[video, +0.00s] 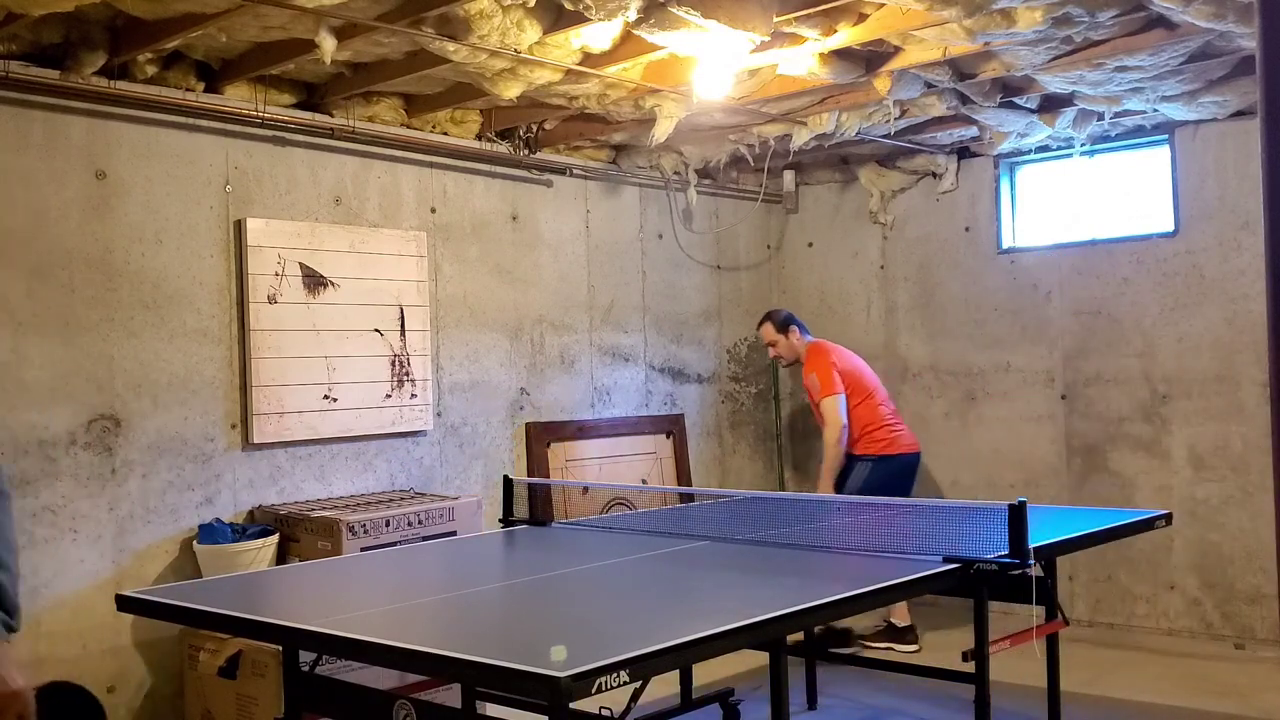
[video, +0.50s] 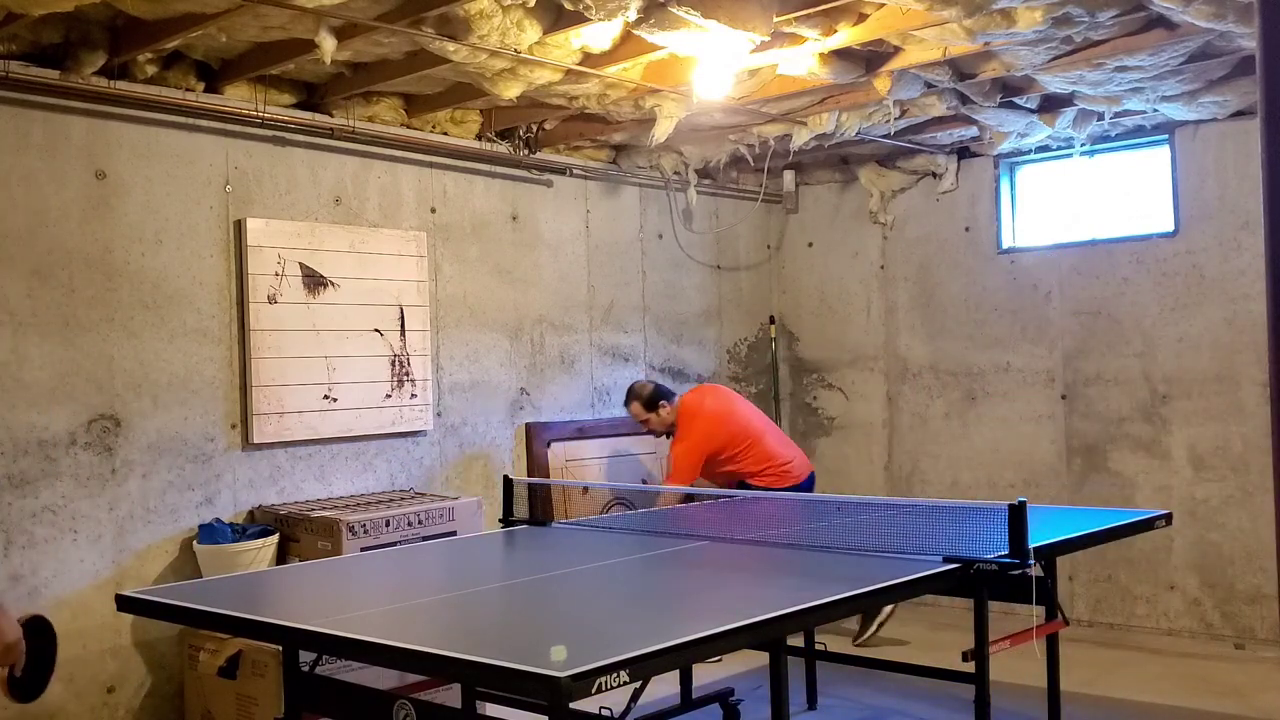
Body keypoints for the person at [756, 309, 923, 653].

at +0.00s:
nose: (771, 354)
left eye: (773, 344)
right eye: (767, 347)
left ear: (793, 333)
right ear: (794, 337)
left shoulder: (818, 357)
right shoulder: (823, 356)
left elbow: (836, 427)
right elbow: (839, 427)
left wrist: (825, 485)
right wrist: (830, 481)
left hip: (882, 456)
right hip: (891, 455)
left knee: (842, 533)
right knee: (881, 537)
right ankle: (900, 624)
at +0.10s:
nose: (756, 353)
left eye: (757, 343)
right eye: (752, 346)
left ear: (778, 332)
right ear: (779, 335)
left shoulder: (803, 359)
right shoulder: (809, 355)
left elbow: (817, 428)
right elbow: (824, 431)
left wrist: (795, 491)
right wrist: (808, 479)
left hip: (860, 460)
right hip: (871, 458)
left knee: (806, 535)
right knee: (866, 538)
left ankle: (783, 628)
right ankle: (899, 624)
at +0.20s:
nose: (731, 361)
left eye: (732, 351)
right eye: (727, 354)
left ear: (754, 340)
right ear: (755, 342)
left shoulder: (780, 365)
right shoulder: (793, 357)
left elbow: (784, 439)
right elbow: (799, 439)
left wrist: (755, 496)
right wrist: (782, 482)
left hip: (833, 466)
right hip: (849, 464)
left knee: (786, 540)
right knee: (855, 541)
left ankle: (769, 630)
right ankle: (897, 624)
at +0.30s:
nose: (700, 380)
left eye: (701, 371)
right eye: (696, 374)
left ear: (722, 358)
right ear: (722, 360)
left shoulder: (749, 383)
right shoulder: (762, 370)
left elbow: (741, 461)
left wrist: (710, 505)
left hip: (808, 477)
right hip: (829, 472)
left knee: (754, 549)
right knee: (845, 547)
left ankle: (733, 633)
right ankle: (895, 624)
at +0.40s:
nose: (667, 409)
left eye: (667, 401)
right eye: (663, 403)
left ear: (687, 387)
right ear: (689, 385)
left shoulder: (715, 413)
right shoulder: (730, 385)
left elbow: (695, 487)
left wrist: (669, 523)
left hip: (791, 485)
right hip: (809, 475)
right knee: (832, 549)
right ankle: (889, 614)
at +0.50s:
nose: (645, 429)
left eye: (644, 422)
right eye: (641, 424)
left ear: (663, 408)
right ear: (665, 402)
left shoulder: (691, 429)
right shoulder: (703, 394)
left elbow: (668, 501)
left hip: (779, 484)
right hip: (794, 471)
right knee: (796, 553)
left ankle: (866, 597)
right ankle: (867, 597)